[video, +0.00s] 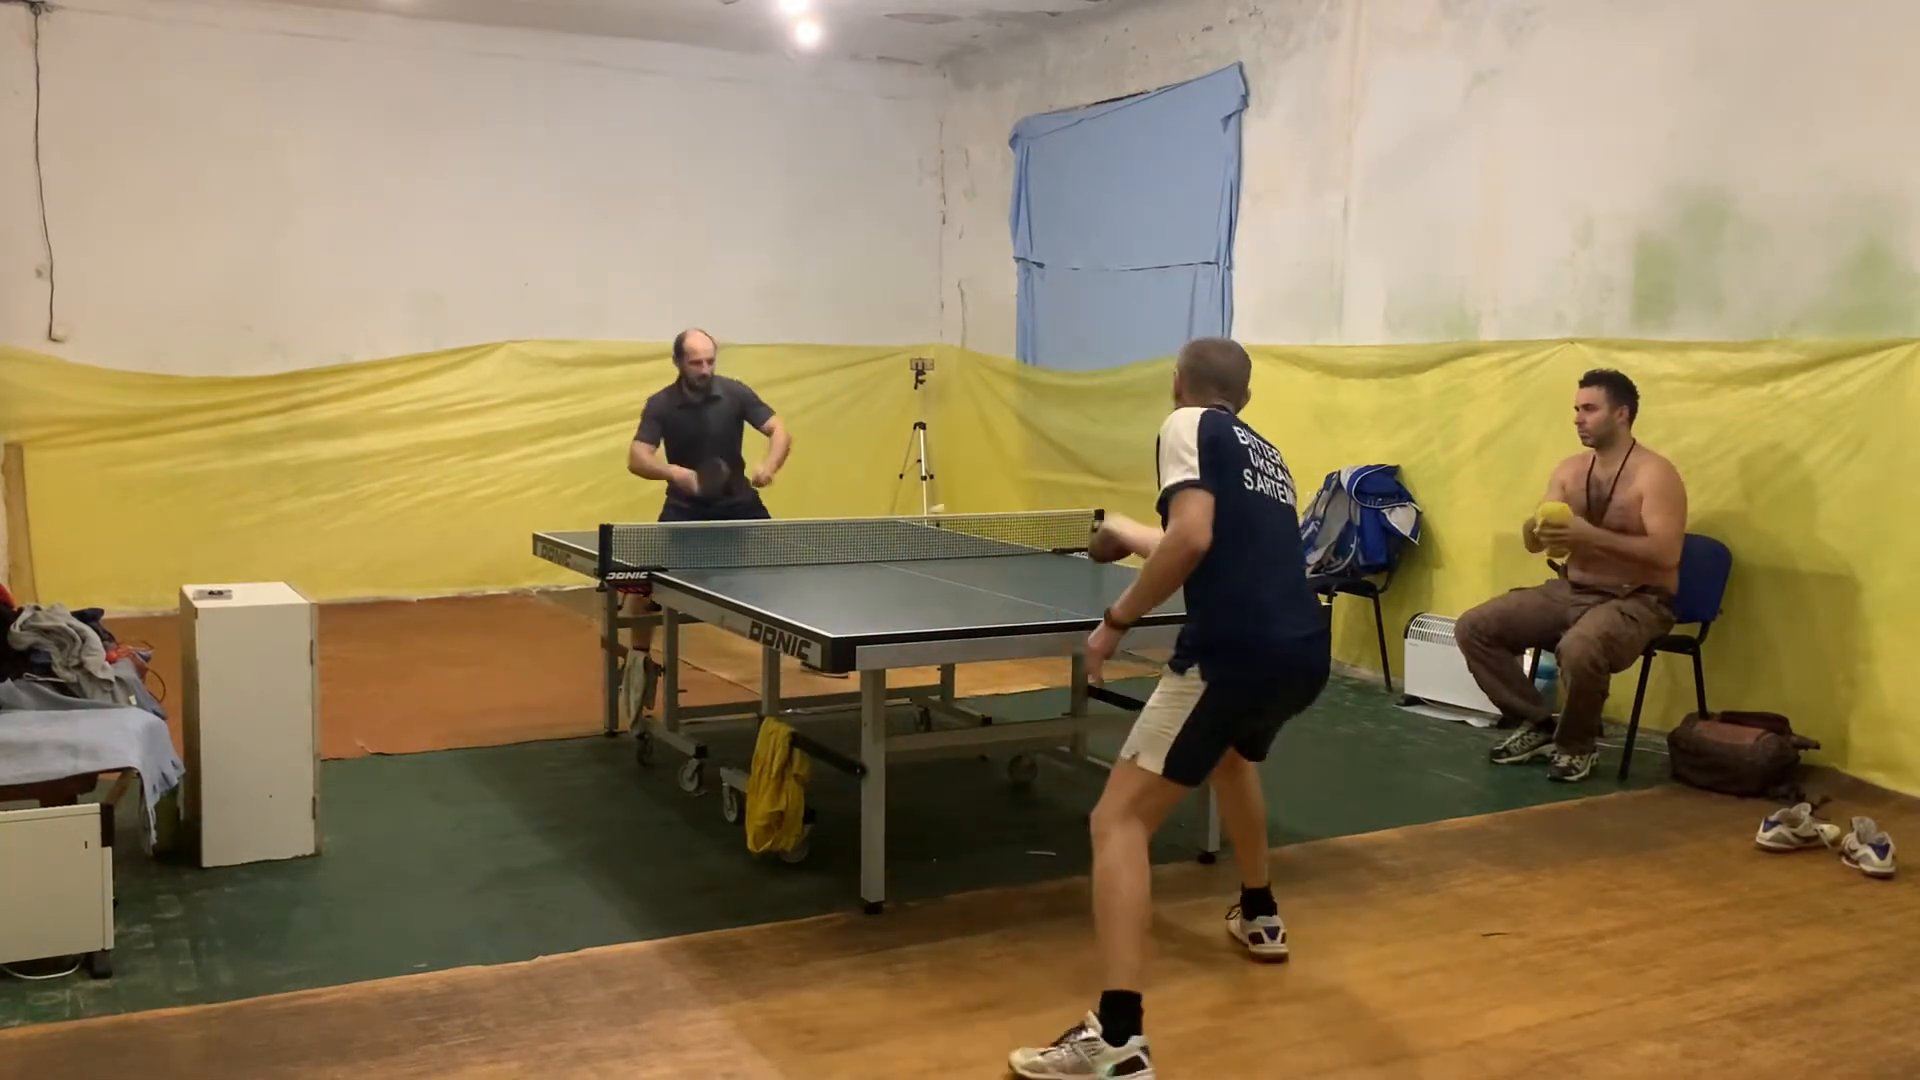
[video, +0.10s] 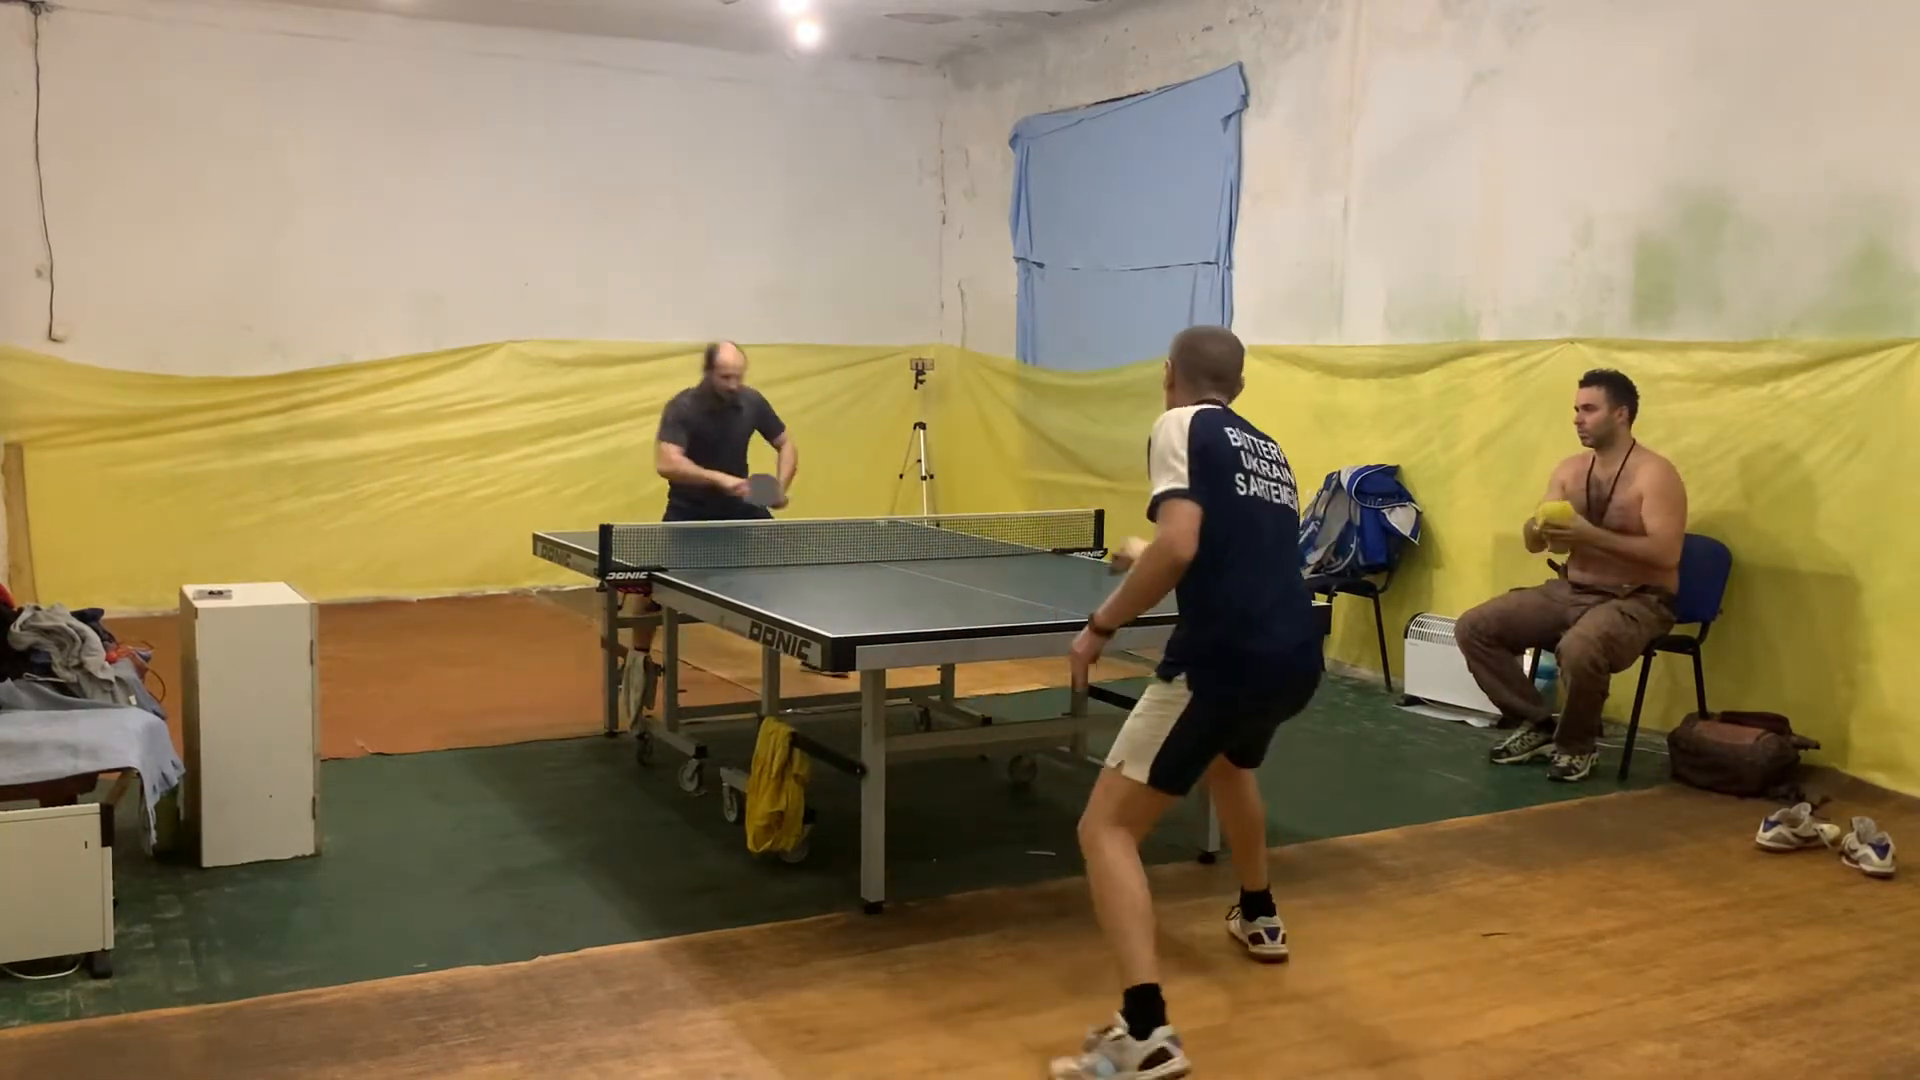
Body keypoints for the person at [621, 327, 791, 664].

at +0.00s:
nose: (705, 370)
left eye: (710, 362)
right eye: (697, 363)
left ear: (716, 359)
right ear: (678, 362)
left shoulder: (735, 393)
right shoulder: (661, 404)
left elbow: (781, 433)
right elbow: (637, 460)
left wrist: (769, 466)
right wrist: (672, 472)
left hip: (739, 503)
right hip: (685, 507)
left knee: (783, 563)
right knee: (643, 579)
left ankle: (806, 641)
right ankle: (639, 664)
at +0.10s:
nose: (734, 385)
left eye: (739, 377)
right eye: (725, 377)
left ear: (745, 374)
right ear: (708, 373)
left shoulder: (753, 403)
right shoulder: (682, 407)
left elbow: (786, 445)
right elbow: (667, 463)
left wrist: (781, 487)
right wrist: (719, 479)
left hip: (739, 511)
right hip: (687, 513)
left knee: (790, 561)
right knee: (651, 584)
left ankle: (808, 645)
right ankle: (638, 661)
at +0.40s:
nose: (783, 363)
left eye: (789, 356)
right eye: (777, 355)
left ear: (795, 355)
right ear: (759, 350)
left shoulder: (785, 383)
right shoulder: (737, 383)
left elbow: (798, 416)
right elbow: (721, 414)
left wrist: (813, 454)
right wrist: (719, 443)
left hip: (766, 489)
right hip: (725, 493)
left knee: (807, 548)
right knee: (696, 567)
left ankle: (815, 641)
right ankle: (644, 652)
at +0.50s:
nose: (780, 340)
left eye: (786, 333)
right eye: (773, 331)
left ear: (792, 333)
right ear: (757, 328)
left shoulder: (791, 367)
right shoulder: (734, 361)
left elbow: (805, 404)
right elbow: (703, 388)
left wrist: (819, 443)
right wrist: (692, 416)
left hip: (770, 473)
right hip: (728, 474)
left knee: (792, 538)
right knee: (719, 549)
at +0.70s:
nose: (769, 350)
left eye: (776, 343)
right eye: (762, 342)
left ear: (784, 344)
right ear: (748, 341)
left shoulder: (794, 385)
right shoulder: (723, 380)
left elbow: (819, 426)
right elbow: (679, 411)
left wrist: (817, 463)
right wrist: (682, 429)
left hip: (775, 493)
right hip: (725, 493)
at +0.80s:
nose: (754, 355)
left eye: (760, 347)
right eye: (746, 347)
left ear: (768, 349)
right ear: (732, 348)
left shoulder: (781, 389)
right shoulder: (709, 387)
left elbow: (807, 434)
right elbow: (661, 423)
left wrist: (798, 476)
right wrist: (677, 436)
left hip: (766, 500)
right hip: (715, 500)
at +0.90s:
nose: (732, 347)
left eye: (739, 340)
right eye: (724, 340)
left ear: (748, 341)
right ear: (711, 341)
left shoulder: (763, 382)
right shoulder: (690, 380)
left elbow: (789, 426)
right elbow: (646, 422)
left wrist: (777, 472)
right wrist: (669, 435)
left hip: (749, 498)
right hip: (698, 497)